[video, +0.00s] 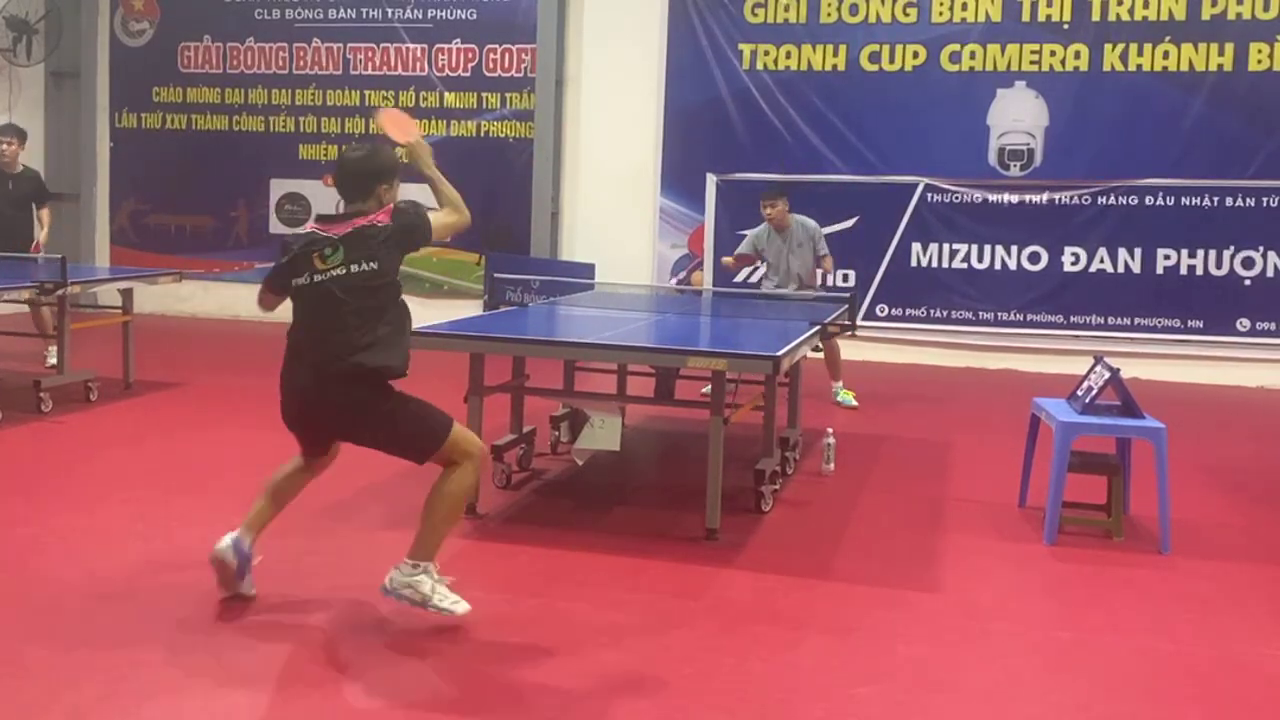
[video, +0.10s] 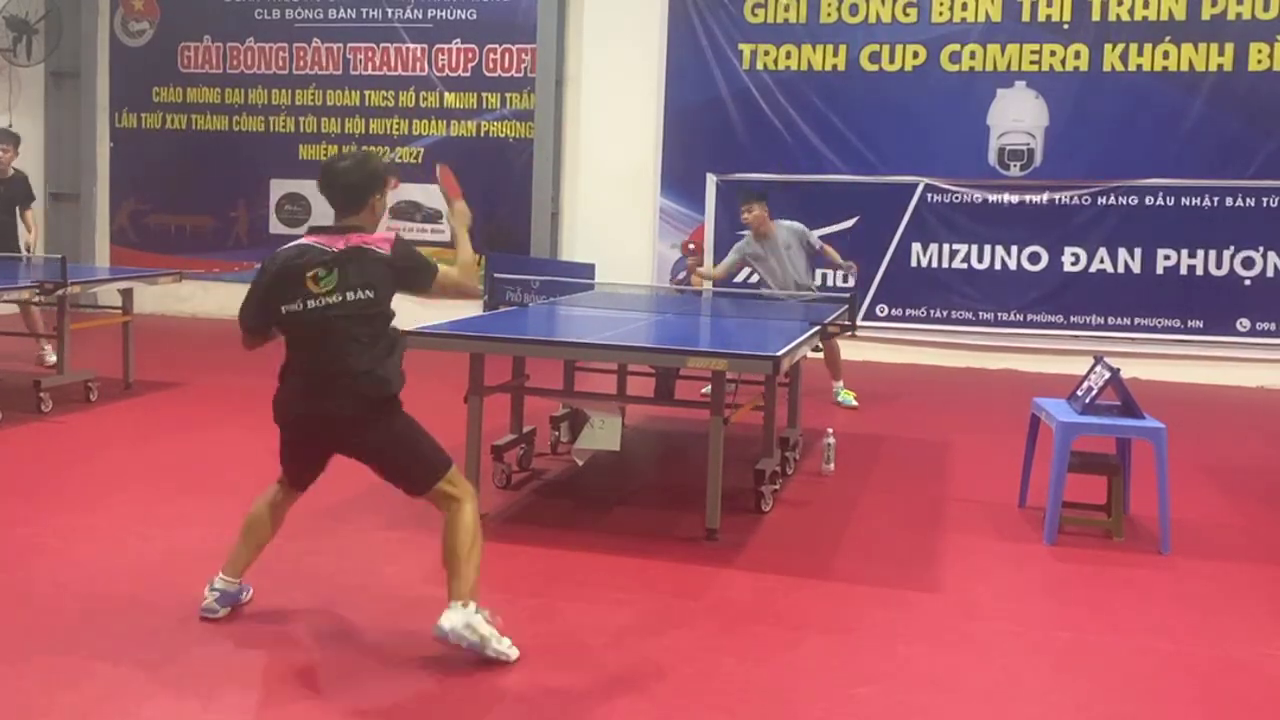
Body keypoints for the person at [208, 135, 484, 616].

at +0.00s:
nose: (397, 194)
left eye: (395, 185)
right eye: (393, 186)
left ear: (339, 190)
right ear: (383, 190)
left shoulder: (307, 243)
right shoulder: (393, 226)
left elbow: (266, 302)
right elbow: (459, 215)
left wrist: (310, 269)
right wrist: (427, 167)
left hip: (298, 395)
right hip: (357, 395)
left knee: (317, 455)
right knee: (469, 454)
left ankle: (241, 541)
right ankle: (416, 569)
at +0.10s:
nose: (388, 201)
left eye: (386, 192)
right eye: (386, 194)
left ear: (333, 200)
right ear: (374, 201)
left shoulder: (284, 261)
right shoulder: (387, 253)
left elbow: (252, 336)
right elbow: (466, 281)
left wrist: (300, 309)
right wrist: (461, 227)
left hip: (299, 411)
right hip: (368, 413)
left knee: (286, 487)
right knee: (459, 497)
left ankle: (223, 586)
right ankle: (462, 609)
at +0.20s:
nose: (399, 203)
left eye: (399, 195)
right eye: (399, 196)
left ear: (339, 193)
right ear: (392, 199)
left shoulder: (298, 252)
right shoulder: (397, 263)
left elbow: (259, 334)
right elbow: (458, 331)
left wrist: (313, 313)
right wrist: (477, 291)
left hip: (280, 399)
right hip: (349, 405)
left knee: (264, 473)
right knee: (439, 498)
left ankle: (214, 584)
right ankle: (460, 632)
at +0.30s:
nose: (413, 205)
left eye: (410, 196)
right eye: (413, 197)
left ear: (356, 196)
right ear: (405, 204)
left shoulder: (308, 243)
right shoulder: (399, 269)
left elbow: (286, 311)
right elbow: (433, 361)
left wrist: (360, 331)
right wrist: (471, 355)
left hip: (249, 387)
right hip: (315, 397)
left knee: (255, 479)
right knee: (406, 499)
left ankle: (162, 581)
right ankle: (423, 636)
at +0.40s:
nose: (404, 223)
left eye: (404, 214)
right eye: (404, 215)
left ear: (345, 218)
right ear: (396, 223)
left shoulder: (305, 262)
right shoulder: (387, 297)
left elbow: (307, 342)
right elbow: (400, 385)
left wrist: (398, 386)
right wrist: (425, 398)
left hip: (237, 406)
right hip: (298, 417)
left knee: (231, 510)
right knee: (394, 522)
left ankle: (119, 599)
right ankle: (398, 669)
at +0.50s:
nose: (358, 227)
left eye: (357, 218)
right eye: (356, 219)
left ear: (298, 221)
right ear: (346, 227)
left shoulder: (260, 270)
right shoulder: (347, 294)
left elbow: (253, 347)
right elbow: (379, 390)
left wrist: (334, 380)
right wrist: (348, 392)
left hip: (215, 417)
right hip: (291, 428)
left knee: (185, 513)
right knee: (380, 529)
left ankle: (100, 619)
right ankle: (397, 669)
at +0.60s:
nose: (310, 199)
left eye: (309, 190)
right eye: (308, 191)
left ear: (252, 196)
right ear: (299, 199)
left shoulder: (220, 238)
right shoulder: (315, 258)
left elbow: (240, 295)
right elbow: (369, 334)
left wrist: (309, 306)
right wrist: (318, 309)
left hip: (176, 379)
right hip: (246, 387)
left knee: (154, 493)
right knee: (305, 521)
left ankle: (100, 616)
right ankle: (381, 654)